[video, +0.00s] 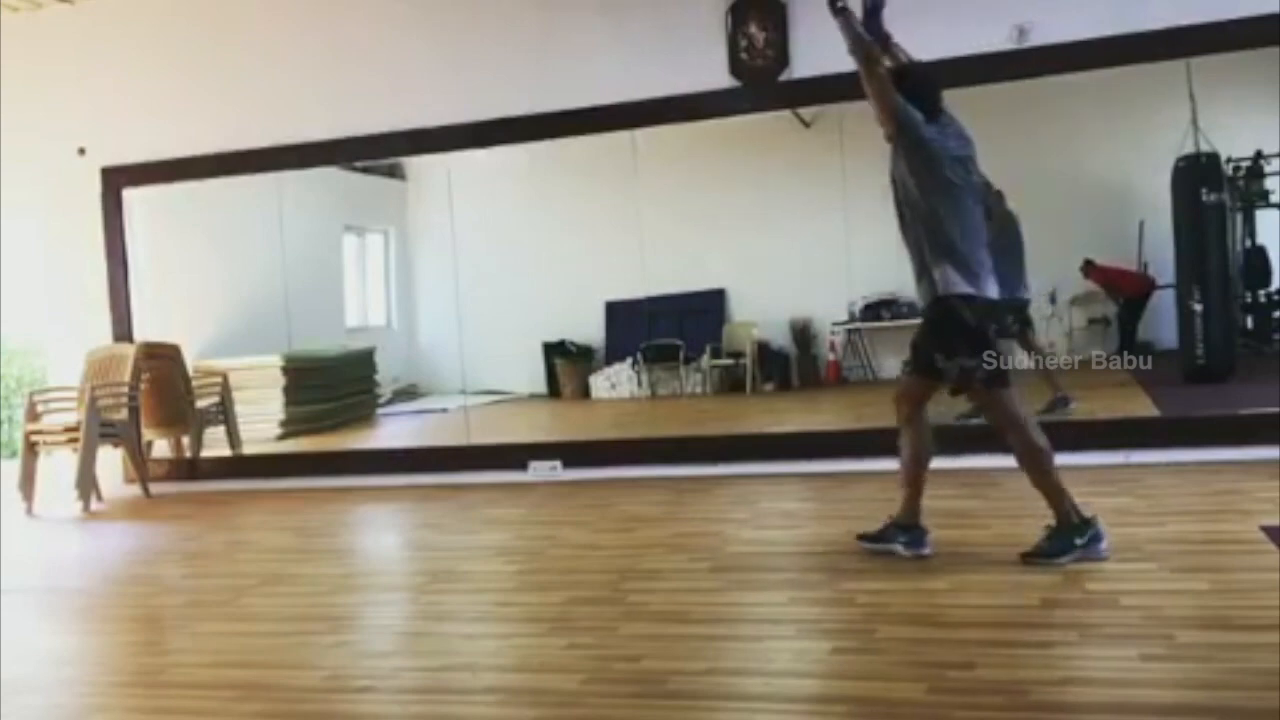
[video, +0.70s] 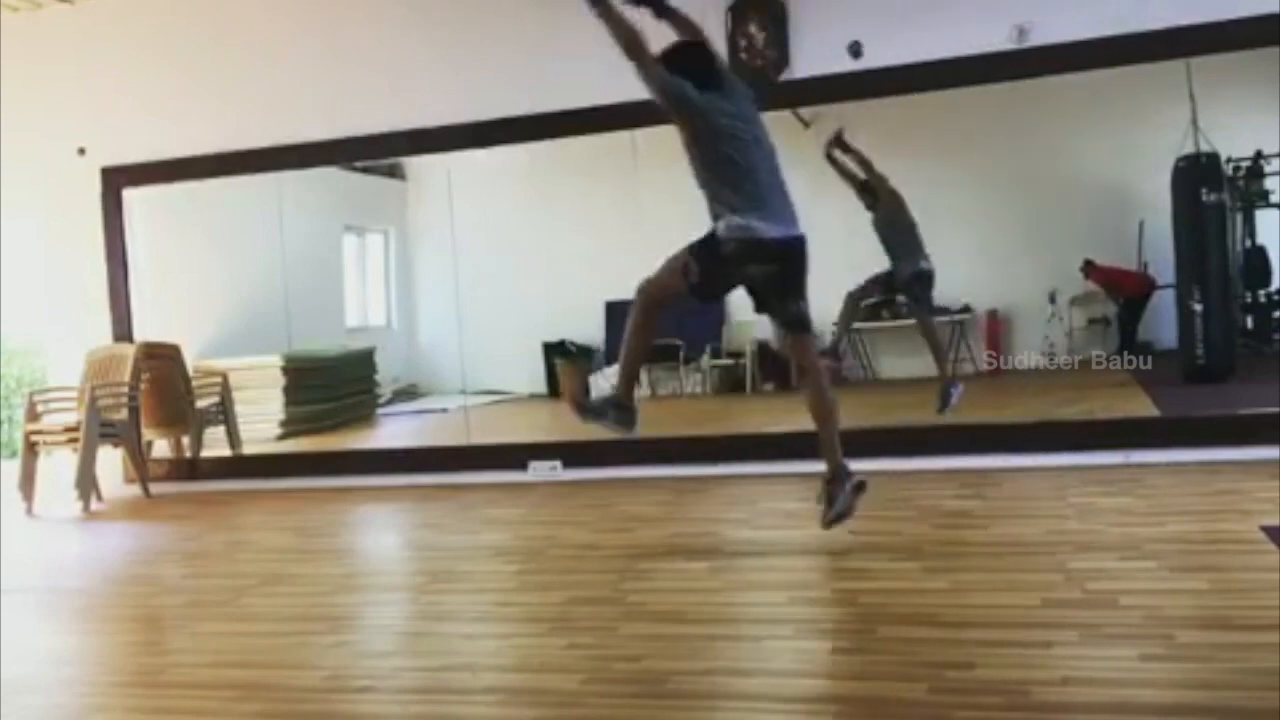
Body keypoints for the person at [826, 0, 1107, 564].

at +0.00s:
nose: (881, 108)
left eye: (885, 96)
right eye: (881, 95)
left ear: (906, 100)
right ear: (930, 97)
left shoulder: (921, 139)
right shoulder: (952, 139)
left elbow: (874, 74)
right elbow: (917, 80)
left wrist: (842, 18)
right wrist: (885, 39)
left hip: (958, 300)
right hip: (971, 297)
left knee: (1006, 415)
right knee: (908, 397)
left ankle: (1074, 523)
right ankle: (908, 522)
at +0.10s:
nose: (859, 112)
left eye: (862, 102)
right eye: (860, 99)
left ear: (878, 106)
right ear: (905, 103)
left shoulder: (885, 142)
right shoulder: (929, 143)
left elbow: (841, 75)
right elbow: (890, 86)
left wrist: (807, 17)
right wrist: (860, 48)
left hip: (916, 300)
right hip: (942, 298)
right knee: (889, 406)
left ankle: (1028, 501)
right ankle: (905, 522)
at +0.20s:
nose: (838, 117)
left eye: (842, 108)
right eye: (840, 109)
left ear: (857, 110)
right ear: (890, 107)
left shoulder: (869, 147)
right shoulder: (919, 150)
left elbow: (825, 73)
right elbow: (888, 104)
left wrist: (800, 23)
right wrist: (865, 70)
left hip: (891, 304)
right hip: (929, 304)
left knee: (868, 422)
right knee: (876, 419)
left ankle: (964, 496)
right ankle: (905, 524)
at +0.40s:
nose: (799, 142)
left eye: (805, 134)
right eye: (800, 132)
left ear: (819, 137)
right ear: (846, 133)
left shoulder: (831, 176)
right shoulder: (867, 176)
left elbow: (793, 123)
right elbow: (832, 113)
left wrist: (771, 73)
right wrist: (804, 63)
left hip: (835, 324)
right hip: (877, 330)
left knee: (741, 372)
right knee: (834, 426)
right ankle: (897, 527)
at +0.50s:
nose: (748, 119)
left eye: (750, 109)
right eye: (748, 106)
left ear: (765, 110)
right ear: (794, 104)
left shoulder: (780, 146)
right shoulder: (817, 142)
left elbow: (742, 89)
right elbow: (780, 85)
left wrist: (717, 31)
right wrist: (748, 41)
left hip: (797, 290)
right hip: (835, 299)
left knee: (692, 284)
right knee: (837, 412)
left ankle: (625, 374)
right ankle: (891, 515)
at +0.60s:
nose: (717, 90)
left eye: (720, 83)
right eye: (726, 74)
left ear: (733, 90)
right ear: (771, 75)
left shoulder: (745, 119)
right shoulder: (791, 115)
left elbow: (704, 60)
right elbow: (758, 54)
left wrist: (677, 8)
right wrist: (722, 15)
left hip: (775, 258)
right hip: (820, 268)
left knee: (672, 267)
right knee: (833, 382)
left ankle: (626, 368)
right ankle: (877, 495)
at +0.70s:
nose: (663, 82)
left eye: (665, 77)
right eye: (665, 74)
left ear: (678, 79)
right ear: (712, 67)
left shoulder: (694, 103)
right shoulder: (740, 95)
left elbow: (639, 56)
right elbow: (700, 36)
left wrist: (601, 6)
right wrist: (661, 6)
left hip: (738, 240)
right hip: (787, 243)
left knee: (650, 294)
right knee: (807, 361)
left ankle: (621, 401)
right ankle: (838, 474)